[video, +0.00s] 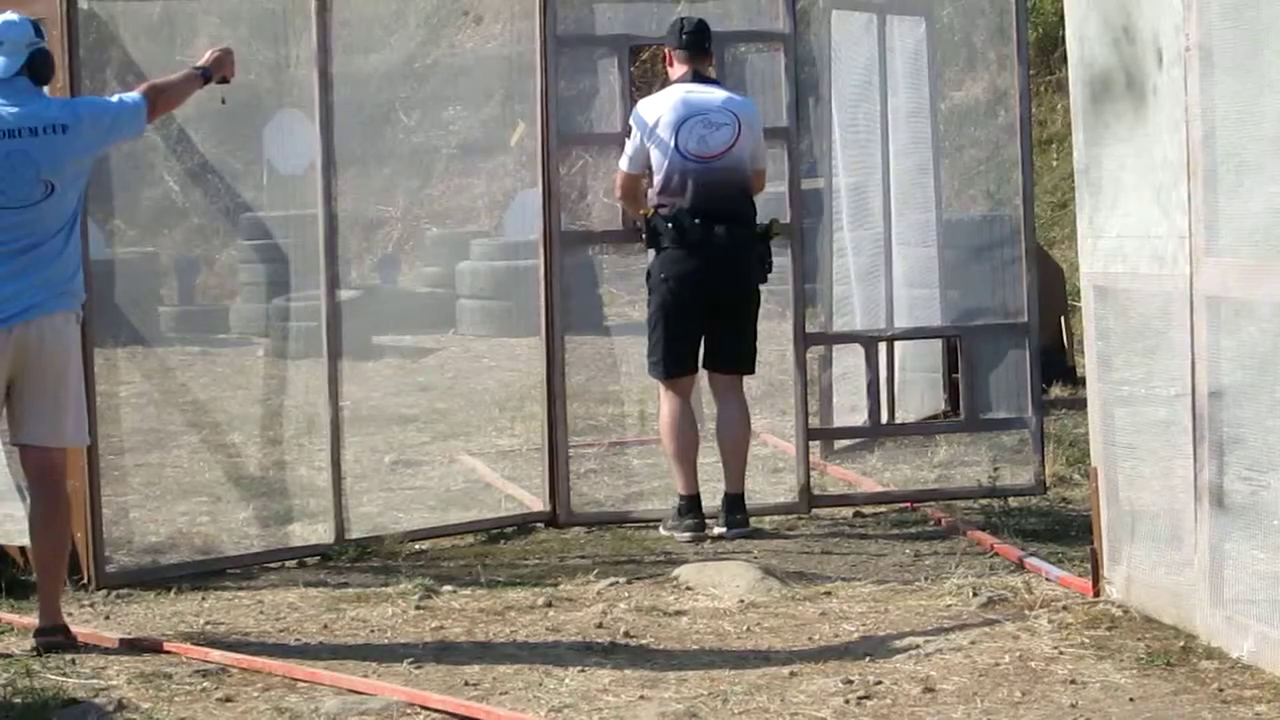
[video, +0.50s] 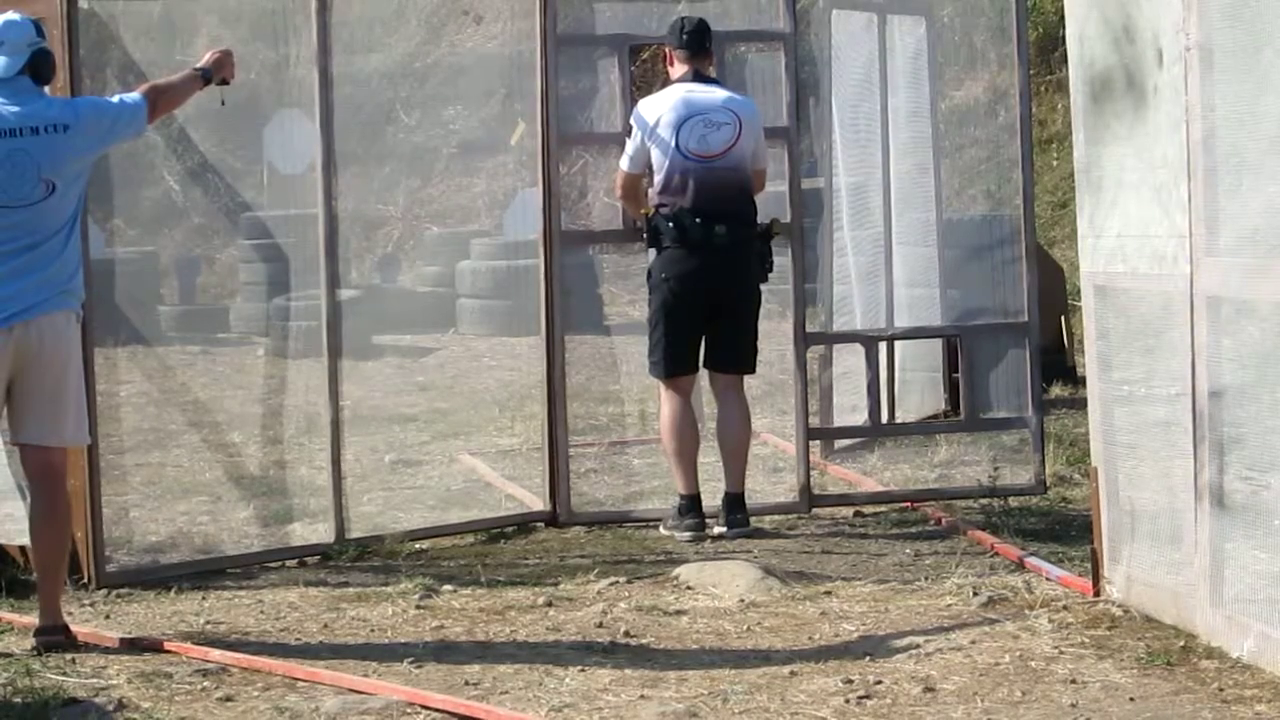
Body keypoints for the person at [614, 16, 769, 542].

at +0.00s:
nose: (668, 66)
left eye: (666, 58)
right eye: (684, 58)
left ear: (669, 59)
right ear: (712, 59)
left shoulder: (651, 109)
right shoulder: (744, 107)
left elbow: (626, 190)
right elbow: (757, 181)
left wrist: (647, 207)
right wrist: (715, 201)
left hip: (678, 255)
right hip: (738, 255)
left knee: (676, 387)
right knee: (730, 383)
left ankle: (689, 510)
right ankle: (735, 506)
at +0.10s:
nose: (668, 66)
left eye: (666, 59)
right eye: (683, 58)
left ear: (669, 59)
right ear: (713, 58)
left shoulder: (651, 109)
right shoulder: (744, 107)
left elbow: (626, 190)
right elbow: (757, 182)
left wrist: (651, 210)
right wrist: (717, 206)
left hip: (677, 256)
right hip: (738, 255)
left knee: (675, 387)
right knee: (730, 383)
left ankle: (689, 510)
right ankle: (735, 507)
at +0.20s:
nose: (668, 66)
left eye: (666, 58)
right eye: (684, 58)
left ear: (669, 59)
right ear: (712, 58)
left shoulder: (651, 109)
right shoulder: (744, 107)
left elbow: (626, 190)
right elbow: (757, 182)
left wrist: (651, 209)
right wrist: (717, 207)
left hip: (677, 256)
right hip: (738, 255)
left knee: (675, 387)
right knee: (730, 383)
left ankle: (689, 510)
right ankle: (735, 507)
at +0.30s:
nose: (668, 65)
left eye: (666, 58)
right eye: (684, 58)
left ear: (669, 58)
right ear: (713, 58)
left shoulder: (651, 109)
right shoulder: (744, 107)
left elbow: (626, 190)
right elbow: (757, 182)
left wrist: (651, 209)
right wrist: (718, 207)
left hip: (677, 256)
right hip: (737, 256)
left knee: (676, 386)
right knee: (730, 383)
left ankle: (689, 509)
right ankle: (735, 506)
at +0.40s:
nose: (668, 65)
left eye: (666, 58)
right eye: (681, 58)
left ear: (670, 58)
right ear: (713, 58)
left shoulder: (652, 108)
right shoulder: (745, 107)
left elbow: (626, 190)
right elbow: (757, 182)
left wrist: (649, 210)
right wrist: (719, 209)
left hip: (677, 255)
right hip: (738, 255)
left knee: (676, 386)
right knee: (730, 383)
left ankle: (689, 509)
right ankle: (735, 506)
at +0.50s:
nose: (668, 65)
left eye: (666, 58)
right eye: (685, 57)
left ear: (669, 58)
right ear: (713, 58)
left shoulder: (652, 109)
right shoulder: (745, 107)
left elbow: (626, 190)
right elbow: (757, 182)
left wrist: (652, 210)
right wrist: (719, 208)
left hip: (677, 255)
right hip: (738, 255)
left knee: (676, 386)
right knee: (730, 383)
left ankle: (689, 509)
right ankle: (735, 506)